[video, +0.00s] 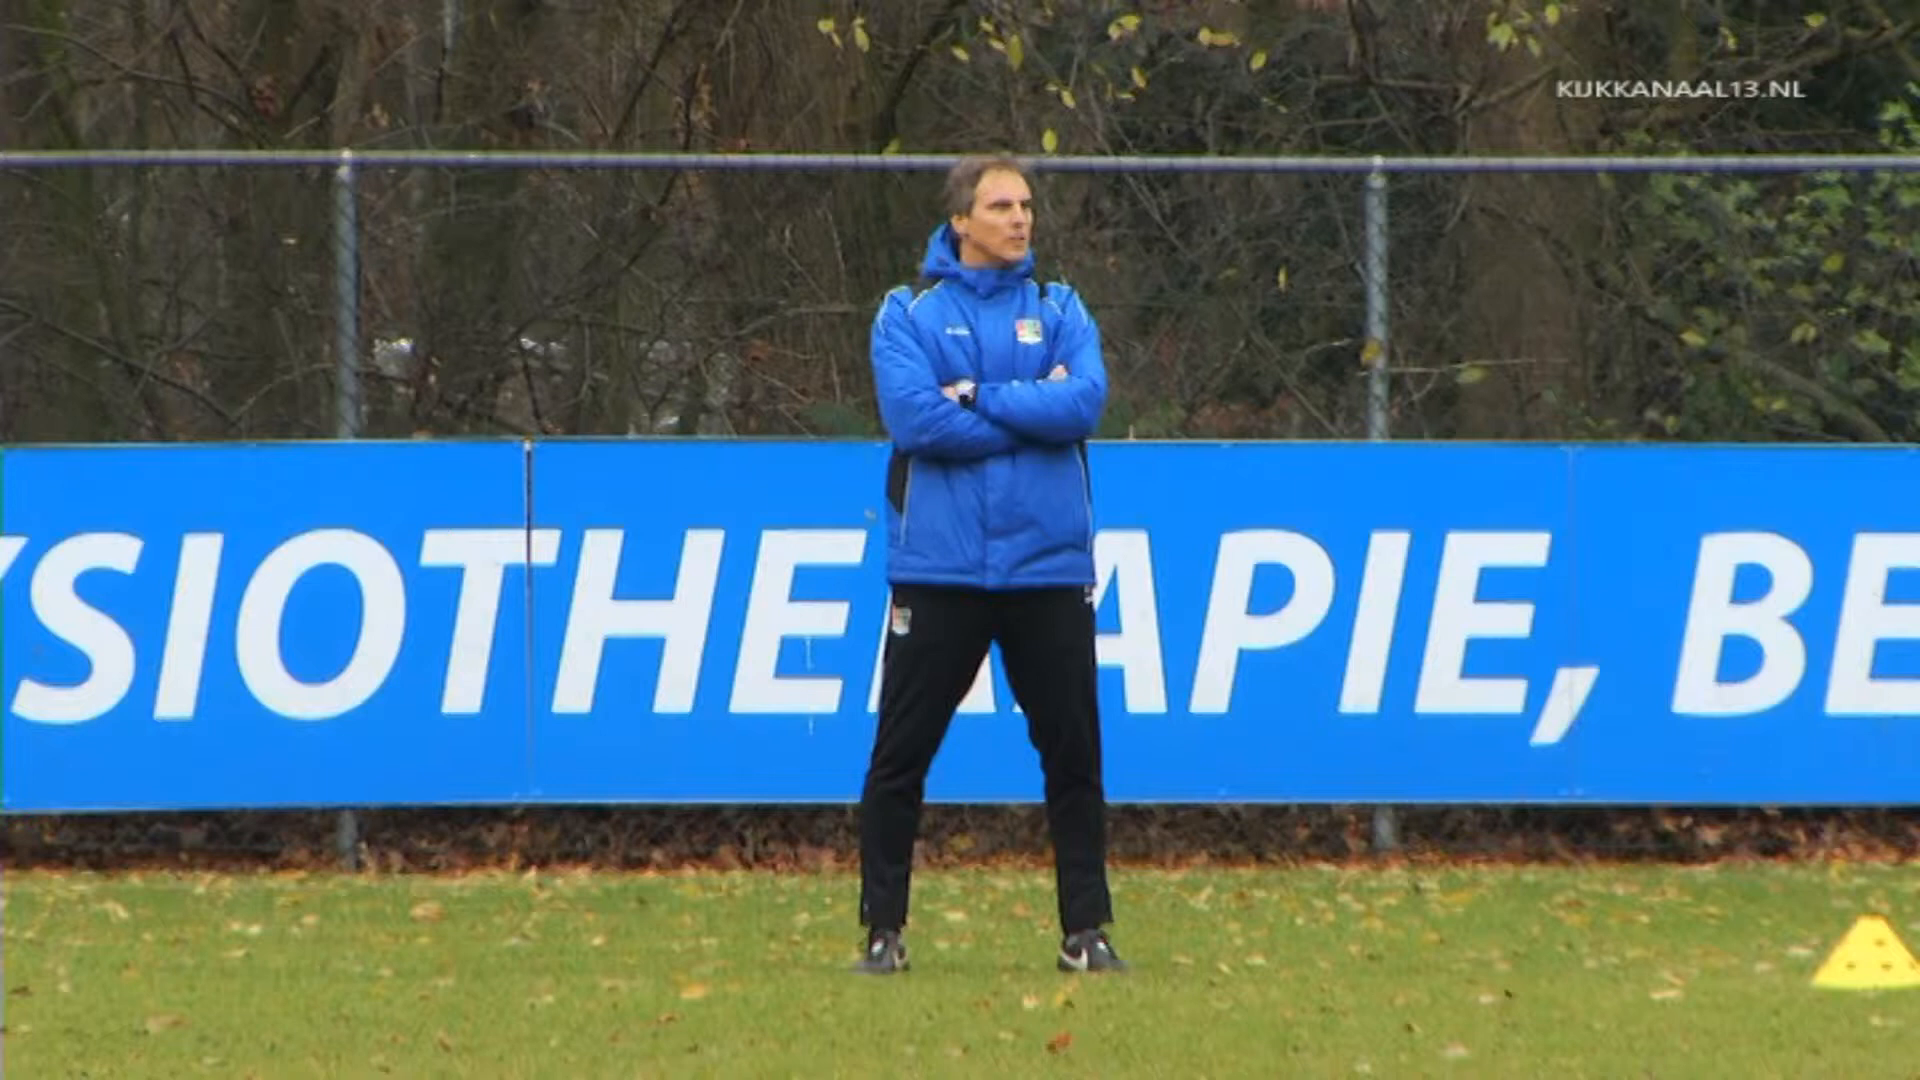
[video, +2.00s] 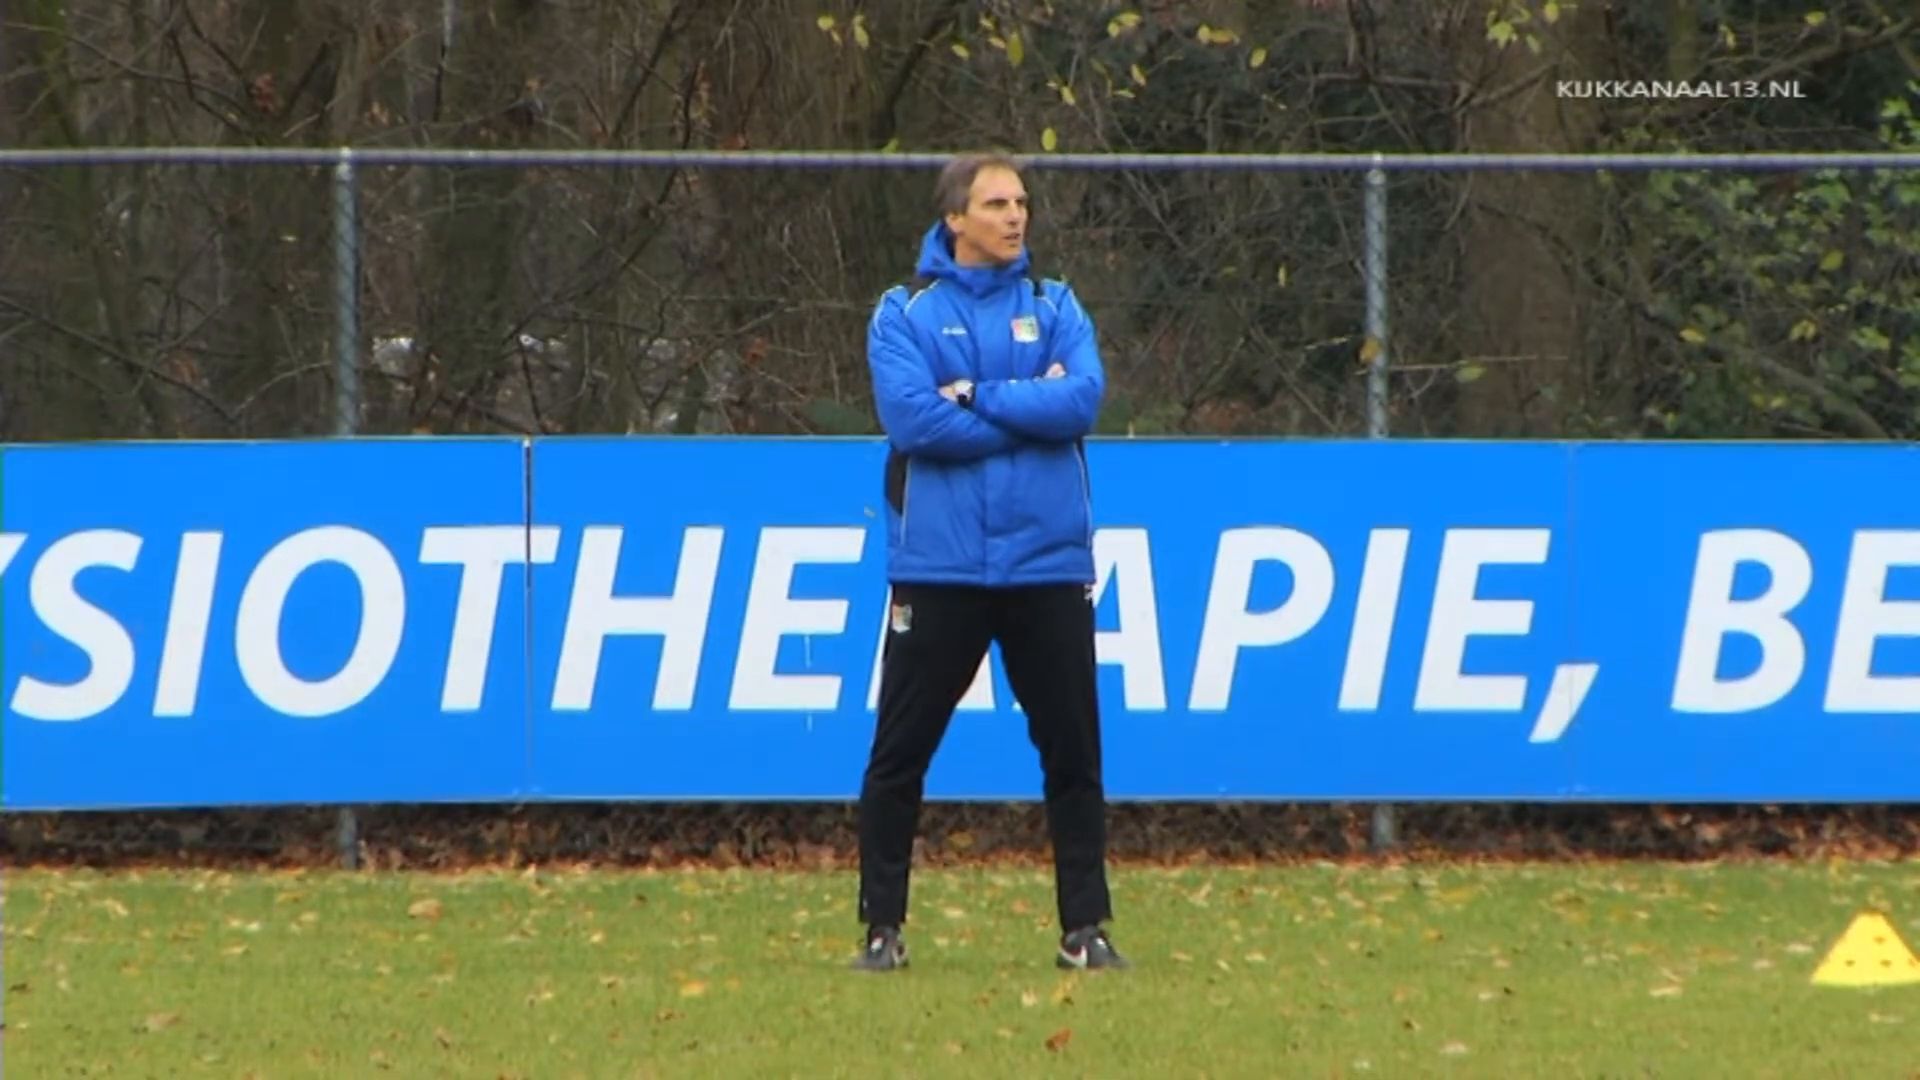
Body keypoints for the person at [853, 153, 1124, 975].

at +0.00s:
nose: (1019, 218)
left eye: (1025, 206)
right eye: (1001, 207)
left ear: (1033, 219)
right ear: (961, 223)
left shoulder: (1061, 306)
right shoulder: (906, 312)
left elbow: (1084, 403)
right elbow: (917, 424)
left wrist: (974, 393)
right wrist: (1027, 416)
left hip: (1050, 569)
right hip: (941, 571)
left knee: (1074, 752)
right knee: (902, 754)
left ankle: (1086, 933)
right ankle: (883, 932)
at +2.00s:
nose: (1014, 216)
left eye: (1020, 204)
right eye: (996, 205)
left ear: (1028, 217)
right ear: (955, 221)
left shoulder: (1056, 305)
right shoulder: (903, 313)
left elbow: (1081, 402)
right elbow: (916, 425)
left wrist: (972, 393)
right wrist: (1026, 413)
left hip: (1049, 567)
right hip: (941, 570)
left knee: (1073, 751)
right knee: (901, 752)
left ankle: (1085, 931)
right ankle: (881, 929)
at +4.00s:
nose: (1011, 220)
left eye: (1019, 207)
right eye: (994, 209)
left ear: (1029, 218)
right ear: (955, 222)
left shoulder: (1057, 305)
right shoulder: (902, 313)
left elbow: (1078, 403)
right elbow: (914, 426)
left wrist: (968, 393)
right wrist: (1023, 413)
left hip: (1049, 567)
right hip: (939, 569)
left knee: (1073, 750)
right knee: (900, 752)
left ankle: (1085, 930)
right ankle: (882, 929)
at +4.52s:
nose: (1003, 221)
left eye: (1012, 208)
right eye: (986, 209)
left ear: (1024, 218)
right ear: (950, 221)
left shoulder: (1057, 305)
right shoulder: (899, 312)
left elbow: (1075, 401)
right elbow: (912, 425)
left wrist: (964, 392)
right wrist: (1023, 413)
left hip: (1045, 567)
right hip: (937, 570)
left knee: (1071, 751)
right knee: (899, 753)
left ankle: (1085, 930)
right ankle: (882, 929)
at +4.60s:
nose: (1000, 228)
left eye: (1012, 212)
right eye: (984, 213)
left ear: (1032, 218)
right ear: (951, 221)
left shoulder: (1060, 314)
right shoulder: (905, 318)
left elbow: (1094, 421)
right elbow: (915, 437)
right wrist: (993, 344)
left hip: (1044, 567)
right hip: (940, 570)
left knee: (1070, 742)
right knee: (899, 749)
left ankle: (1085, 927)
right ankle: (883, 926)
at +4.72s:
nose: (1001, 221)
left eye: (1012, 207)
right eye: (984, 208)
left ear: (1025, 217)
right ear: (950, 220)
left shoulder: (1057, 304)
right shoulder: (900, 311)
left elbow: (1076, 400)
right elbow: (912, 430)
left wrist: (964, 395)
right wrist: (1023, 411)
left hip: (1048, 566)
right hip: (936, 570)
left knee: (1070, 751)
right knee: (899, 750)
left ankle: (1086, 928)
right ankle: (881, 924)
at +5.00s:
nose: (996, 219)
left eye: (1007, 205)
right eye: (979, 206)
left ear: (1023, 216)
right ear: (950, 218)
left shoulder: (1059, 305)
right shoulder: (900, 312)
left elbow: (1076, 403)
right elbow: (911, 423)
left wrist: (965, 392)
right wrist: (1020, 415)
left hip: (1044, 567)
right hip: (934, 568)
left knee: (1070, 750)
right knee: (898, 751)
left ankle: (1085, 930)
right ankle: (882, 929)